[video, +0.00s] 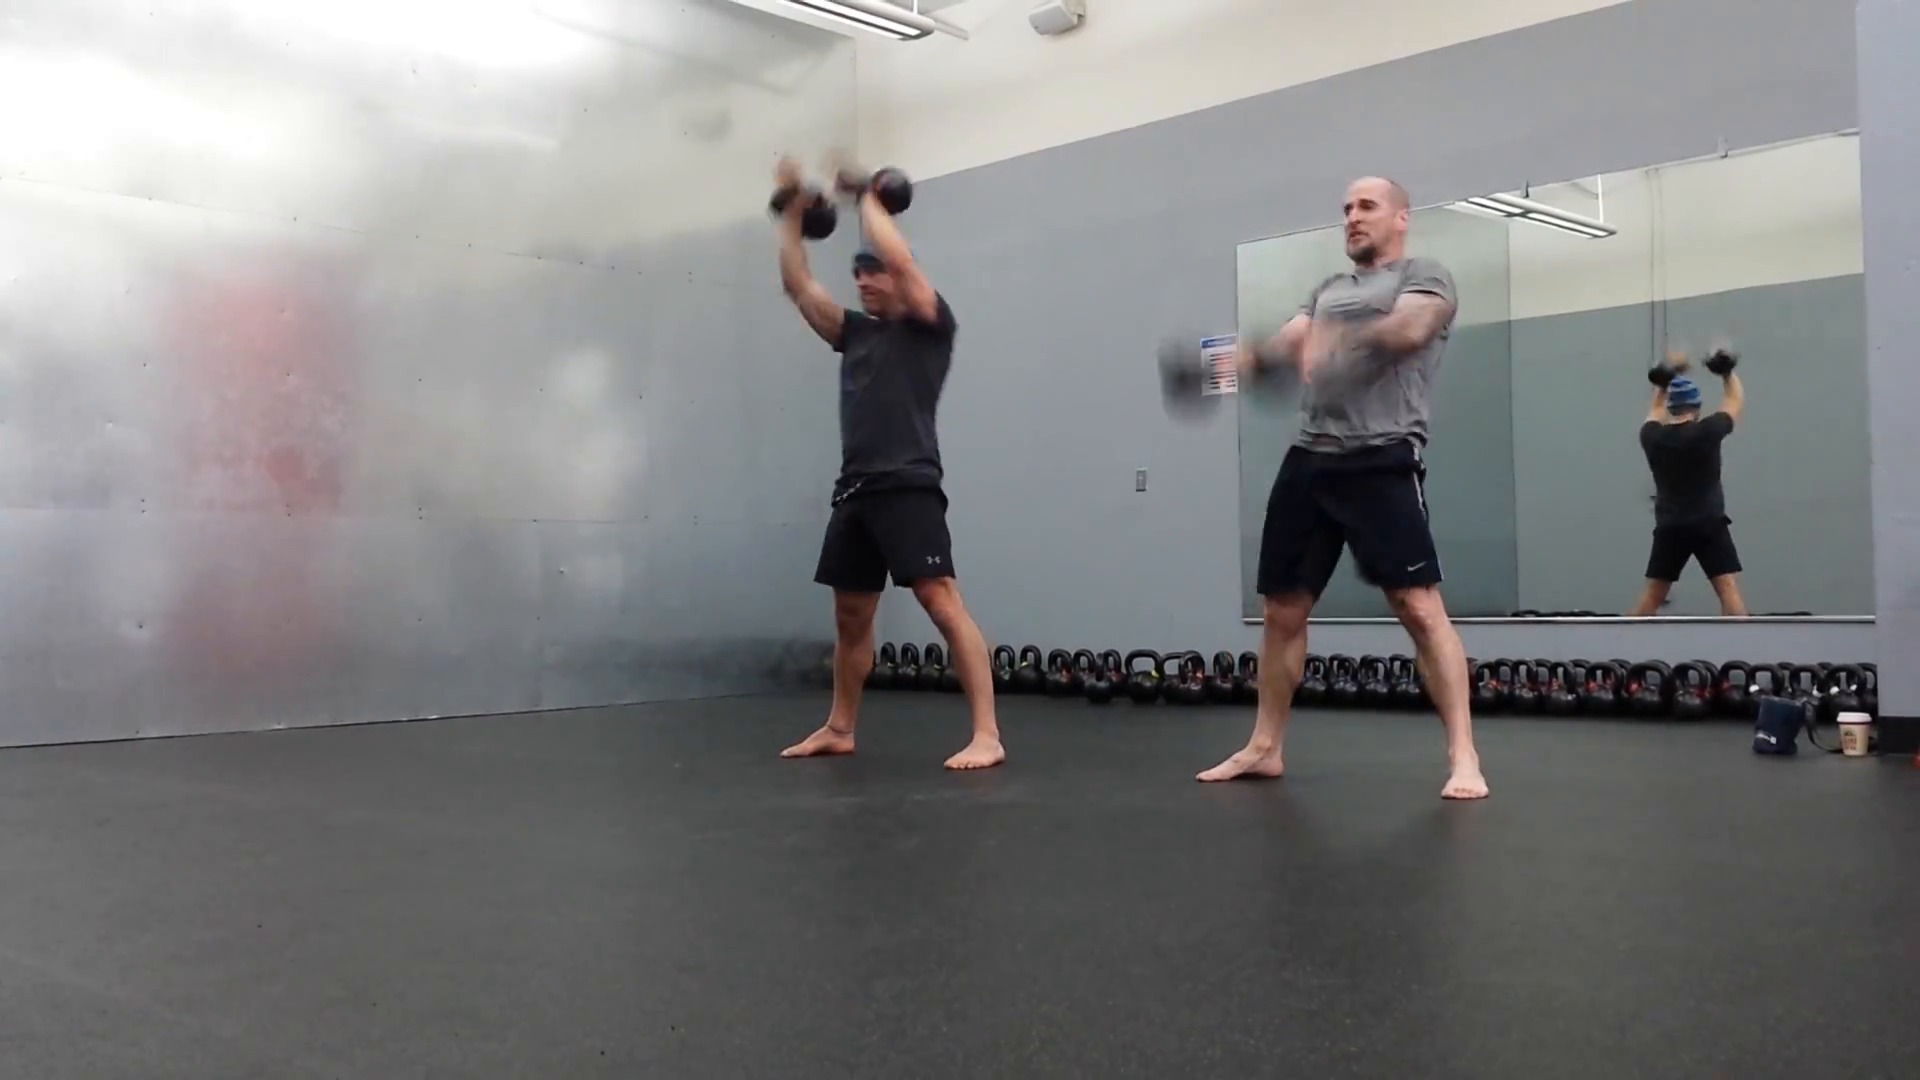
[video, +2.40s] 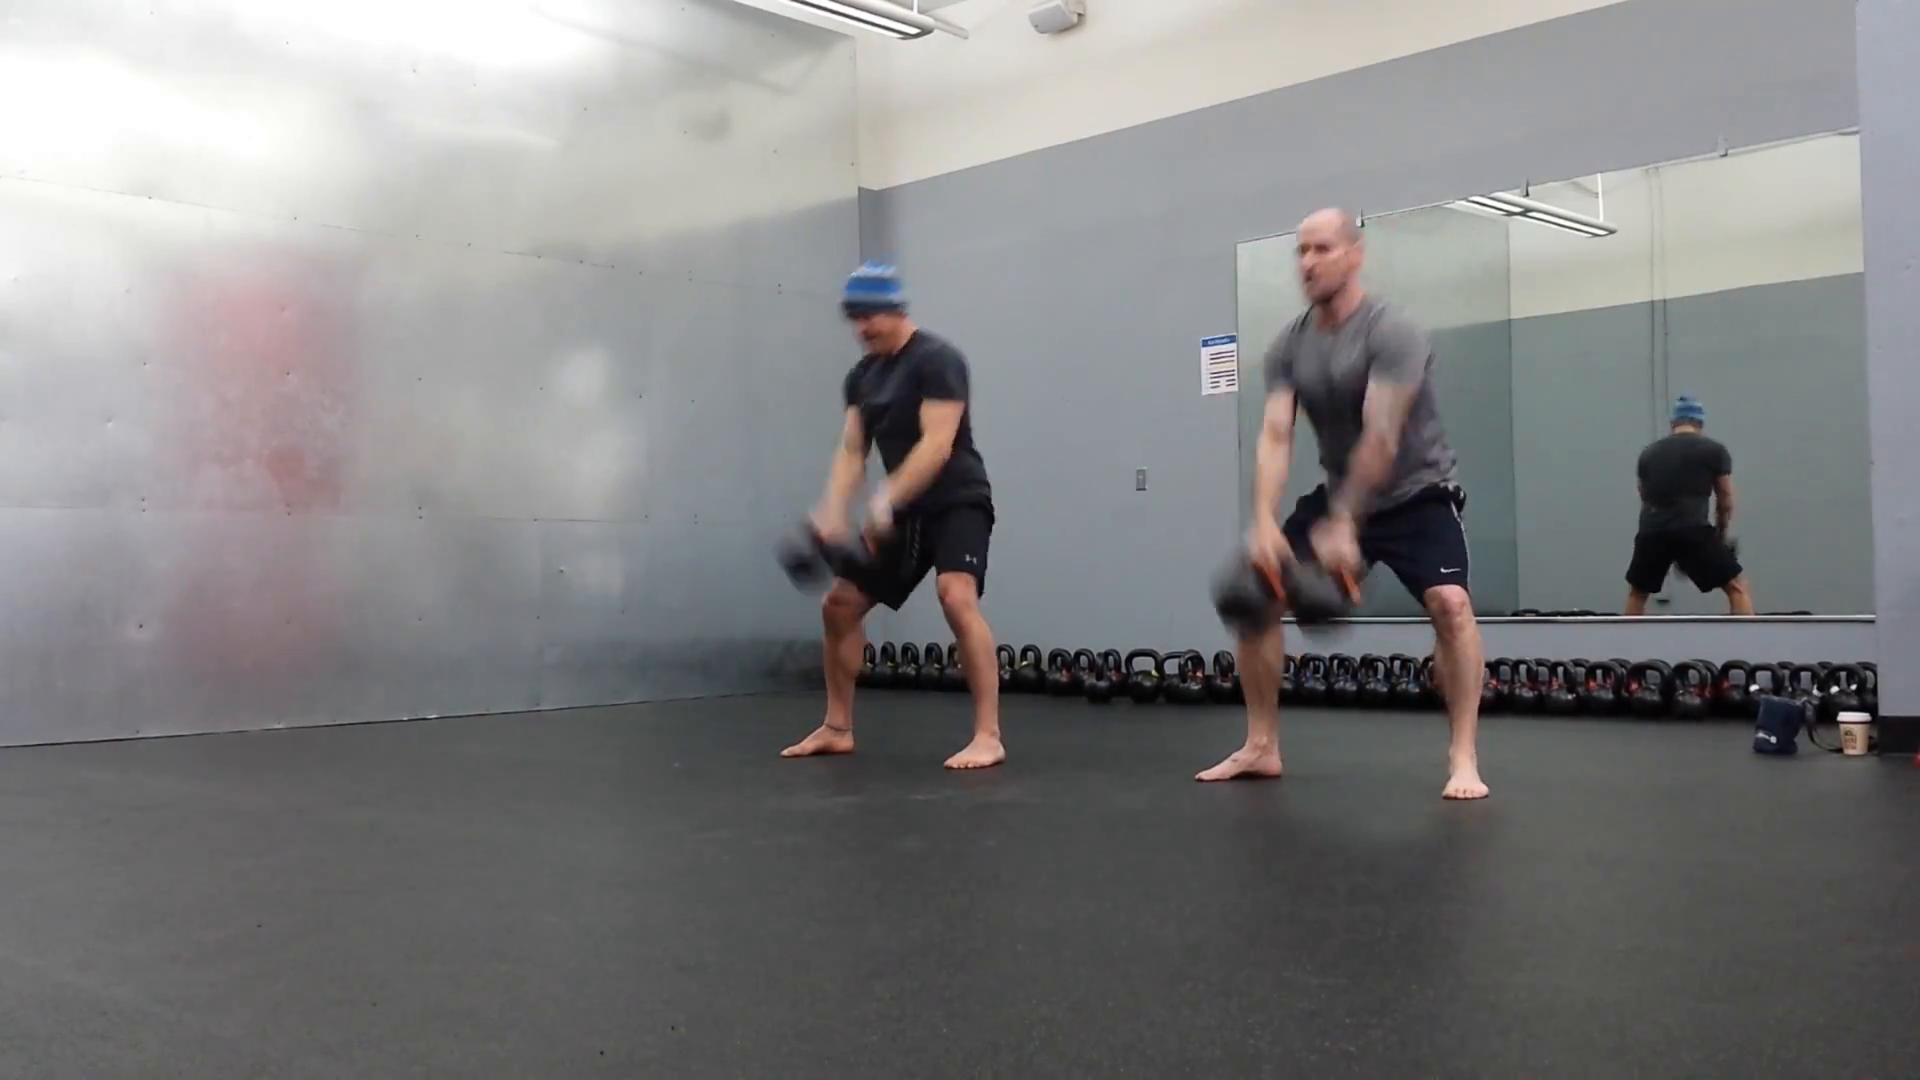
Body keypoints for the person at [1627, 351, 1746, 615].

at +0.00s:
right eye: (1696, 404)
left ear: (1669, 407)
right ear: (1697, 406)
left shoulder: (1652, 437)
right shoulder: (1709, 431)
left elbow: (1656, 408)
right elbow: (1734, 401)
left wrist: (1660, 382)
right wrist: (1727, 371)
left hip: (1670, 528)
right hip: (1708, 525)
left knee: (1652, 597)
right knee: (1728, 593)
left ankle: (1622, 651)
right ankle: (1746, 651)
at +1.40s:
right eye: (1689, 403)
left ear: (1662, 407)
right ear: (1689, 405)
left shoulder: (1648, 446)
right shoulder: (1707, 438)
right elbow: (1745, 456)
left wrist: (1649, 433)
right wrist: (1733, 424)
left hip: (1668, 529)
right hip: (1707, 526)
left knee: (1651, 596)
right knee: (1727, 592)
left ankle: (1622, 647)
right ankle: (1746, 647)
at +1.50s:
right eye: (1692, 403)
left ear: (1663, 407)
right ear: (1691, 405)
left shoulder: (1647, 444)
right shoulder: (1708, 439)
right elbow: (1740, 466)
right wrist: (1727, 432)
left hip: (1668, 529)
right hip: (1708, 526)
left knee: (1652, 595)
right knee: (1728, 591)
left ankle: (1623, 647)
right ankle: (1747, 647)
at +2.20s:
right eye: (1693, 403)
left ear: (1666, 405)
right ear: (1694, 405)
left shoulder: (1644, 440)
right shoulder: (1710, 435)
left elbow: (1647, 480)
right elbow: (1730, 478)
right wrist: (1739, 466)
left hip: (1659, 529)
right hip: (1700, 527)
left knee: (1645, 593)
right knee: (1728, 589)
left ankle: (1626, 647)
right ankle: (1746, 647)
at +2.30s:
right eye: (1694, 412)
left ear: (1666, 412)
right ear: (1694, 413)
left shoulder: (1643, 443)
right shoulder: (1709, 440)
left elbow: (1641, 484)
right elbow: (1728, 482)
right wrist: (1734, 502)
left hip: (1654, 532)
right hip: (1696, 530)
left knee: (1641, 594)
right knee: (1731, 588)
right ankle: (1746, 646)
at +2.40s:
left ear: (1673, 424)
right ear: (1700, 425)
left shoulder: (1649, 453)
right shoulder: (1714, 450)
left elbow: (1645, 497)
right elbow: (1724, 502)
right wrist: (1720, 537)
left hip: (1653, 534)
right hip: (1695, 532)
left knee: (1637, 595)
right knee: (1735, 588)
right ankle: (1750, 644)